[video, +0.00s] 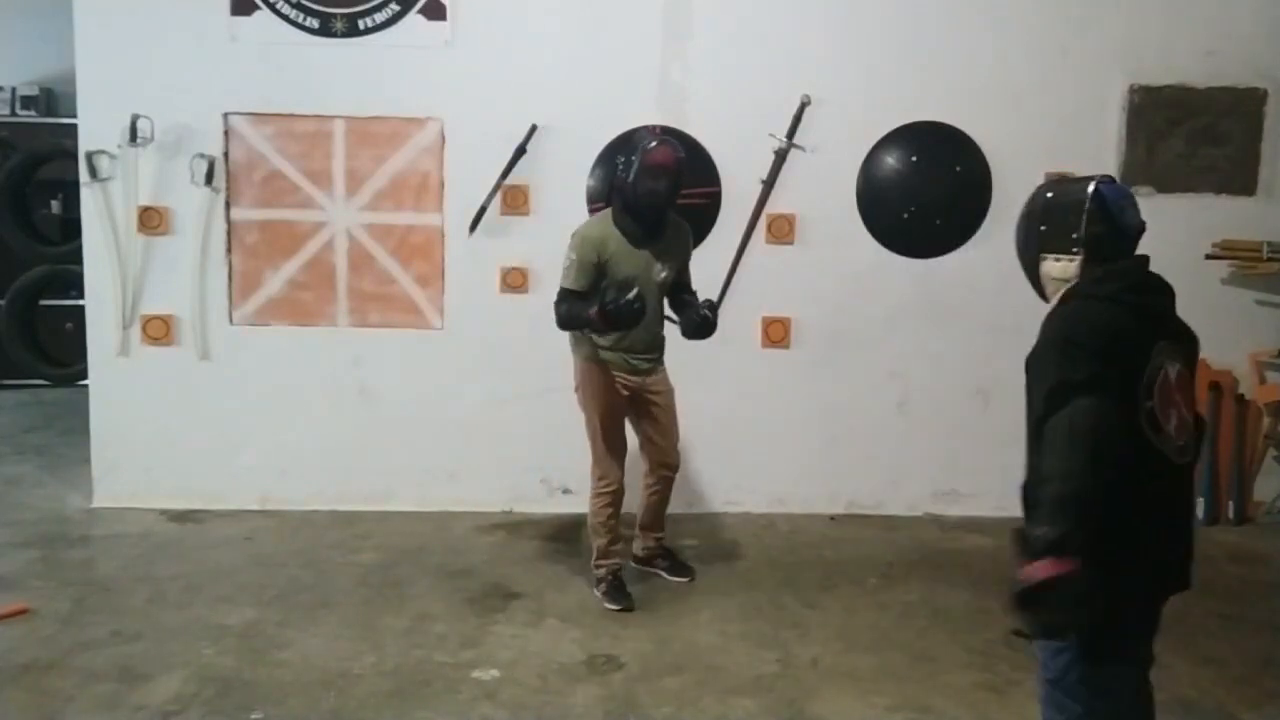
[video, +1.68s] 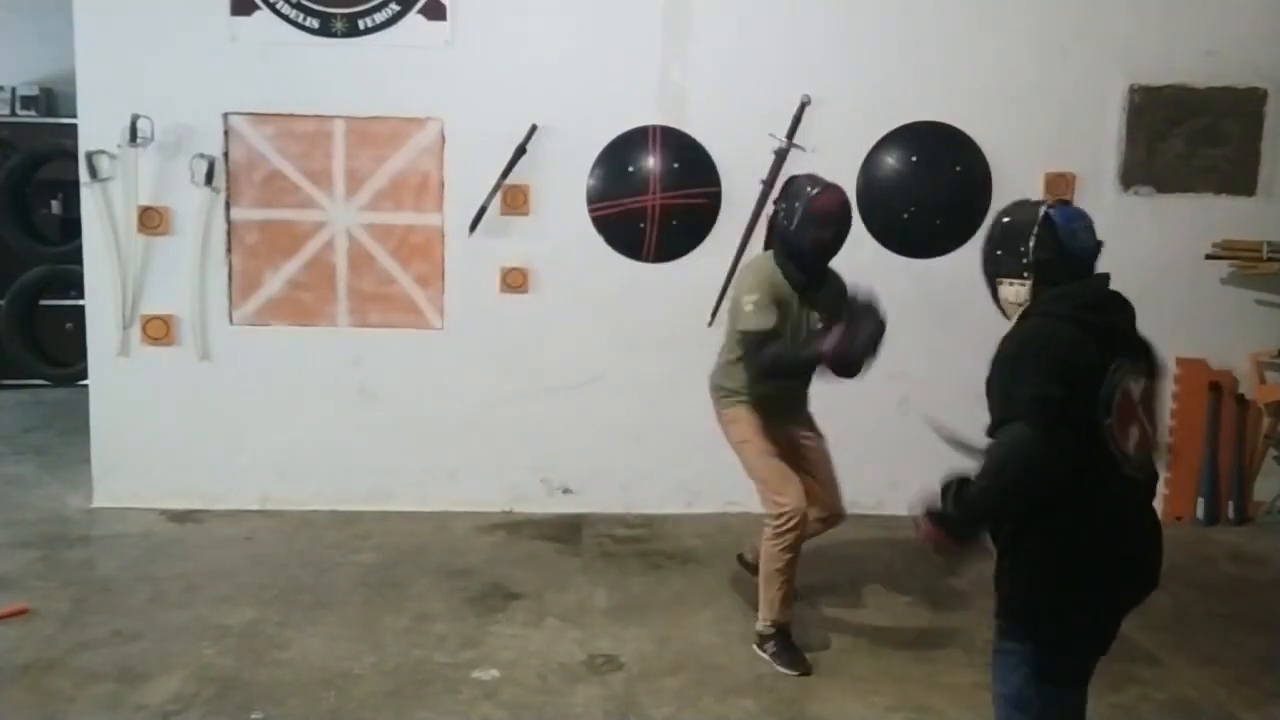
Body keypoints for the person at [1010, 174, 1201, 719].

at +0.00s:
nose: (1036, 262)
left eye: (1041, 248)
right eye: (1037, 248)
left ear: (1063, 248)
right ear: (1118, 242)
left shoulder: (1077, 325)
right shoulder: (1163, 319)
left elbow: (1069, 442)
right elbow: (1173, 441)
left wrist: (1048, 548)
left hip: (1086, 570)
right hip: (1146, 563)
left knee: (1073, 696)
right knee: (1124, 692)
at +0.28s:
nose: (1053, 266)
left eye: (1058, 251)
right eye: (1053, 251)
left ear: (1085, 245)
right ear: (1137, 241)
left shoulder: (1092, 312)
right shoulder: (1181, 314)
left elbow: (1068, 421)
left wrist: (1006, 495)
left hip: (1099, 548)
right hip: (1170, 546)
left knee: (1063, 688)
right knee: (1139, 689)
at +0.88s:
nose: (998, 248)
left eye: (1006, 236)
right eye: (1001, 235)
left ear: (1027, 241)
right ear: (1083, 239)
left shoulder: (1018, 331)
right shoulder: (1148, 332)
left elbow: (988, 458)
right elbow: (1167, 443)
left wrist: (952, 563)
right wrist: (1123, 511)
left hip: (1028, 556)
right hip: (1109, 549)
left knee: (1009, 679)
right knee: (1077, 677)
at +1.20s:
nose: (984, 259)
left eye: (990, 246)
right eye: (985, 245)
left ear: (1009, 247)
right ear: (1063, 240)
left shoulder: (1009, 330)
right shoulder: (1114, 321)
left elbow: (975, 446)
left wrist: (918, 539)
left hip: (1029, 566)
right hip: (1103, 556)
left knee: (1014, 697)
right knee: (1063, 696)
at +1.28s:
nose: (981, 267)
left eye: (986, 252)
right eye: (981, 253)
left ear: (1010, 251)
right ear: (1052, 247)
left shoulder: (1033, 320)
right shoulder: (1087, 301)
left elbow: (1003, 437)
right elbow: (1045, 392)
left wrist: (930, 521)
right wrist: (969, 398)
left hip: (1044, 561)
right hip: (1095, 549)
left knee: (1013, 695)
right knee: (1056, 690)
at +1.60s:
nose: (989, 289)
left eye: (992, 274)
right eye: (988, 275)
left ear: (1016, 272)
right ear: (1058, 264)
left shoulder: (1047, 333)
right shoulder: (1089, 319)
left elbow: (1042, 444)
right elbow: (1086, 427)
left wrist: (972, 526)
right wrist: (1006, 429)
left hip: (1069, 558)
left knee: (1027, 694)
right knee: (1052, 689)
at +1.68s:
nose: (1001, 285)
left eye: (1006, 269)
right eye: (1000, 270)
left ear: (1028, 268)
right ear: (1070, 262)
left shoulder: (1038, 341)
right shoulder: (1117, 331)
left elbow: (1024, 455)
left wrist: (960, 513)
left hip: (1054, 567)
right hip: (1114, 557)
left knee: (1025, 695)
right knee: (1059, 691)